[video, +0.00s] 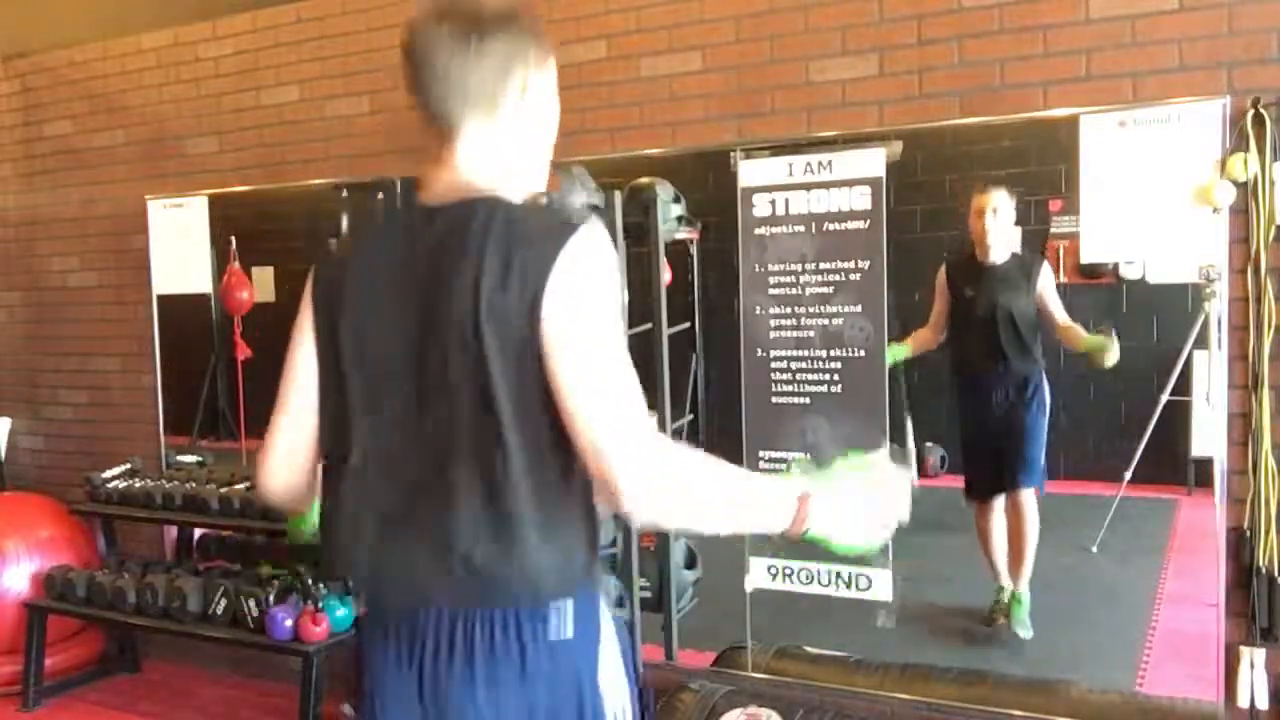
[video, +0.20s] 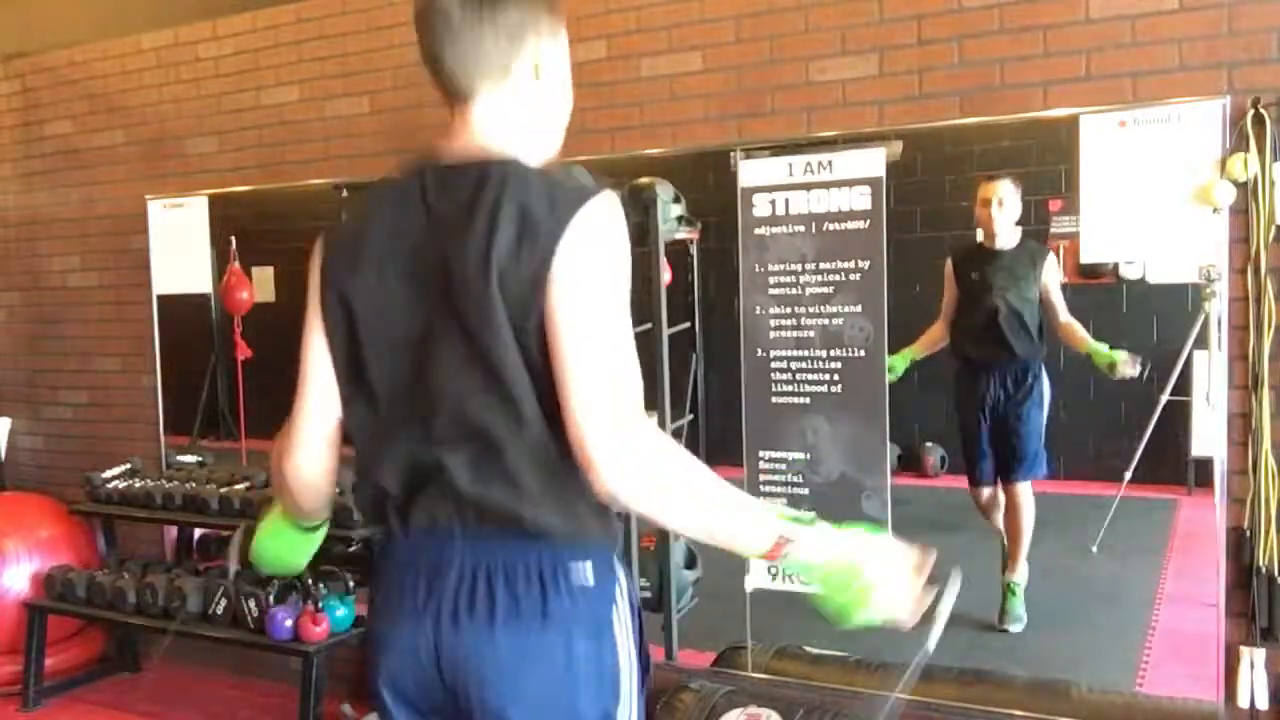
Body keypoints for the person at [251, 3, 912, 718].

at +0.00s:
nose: (557, 118)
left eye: (553, 93)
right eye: (553, 93)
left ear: (424, 105)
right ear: (528, 97)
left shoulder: (339, 270)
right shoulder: (557, 247)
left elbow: (282, 478)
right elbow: (632, 472)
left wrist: (393, 434)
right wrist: (810, 502)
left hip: (396, 637)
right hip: (539, 635)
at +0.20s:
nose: (569, 83)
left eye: (564, 61)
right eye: (565, 60)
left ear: (441, 74)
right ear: (540, 63)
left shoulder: (348, 239)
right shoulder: (571, 212)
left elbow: (303, 471)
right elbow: (613, 448)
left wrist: (302, 511)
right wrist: (802, 544)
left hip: (407, 592)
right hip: (550, 601)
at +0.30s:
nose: (579, 157)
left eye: (572, 136)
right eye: (575, 136)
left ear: (448, 155)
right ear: (555, 144)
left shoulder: (362, 312)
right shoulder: (589, 304)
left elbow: (298, 518)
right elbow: (665, 536)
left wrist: (394, 434)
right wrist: (850, 516)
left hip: (411, 664)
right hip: (558, 668)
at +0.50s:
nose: (581, 61)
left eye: (577, 41)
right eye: (577, 39)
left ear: (454, 52)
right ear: (555, 41)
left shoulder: (354, 212)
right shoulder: (588, 194)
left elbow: (296, 427)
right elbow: (644, 436)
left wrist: (270, 541)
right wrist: (809, 552)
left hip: (381, 578)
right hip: (530, 595)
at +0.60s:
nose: (575, 89)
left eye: (573, 67)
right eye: (572, 66)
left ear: (450, 68)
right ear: (550, 64)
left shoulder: (343, 220)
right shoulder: (580, 212)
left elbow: (291, 446)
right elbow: (627, 451)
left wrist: (274, 521)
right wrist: (801, 551)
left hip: (382, 576)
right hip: (526, 587)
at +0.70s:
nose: (573, 161)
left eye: (569, 142)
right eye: (570, 141)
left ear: (446, 144)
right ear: (550, 140)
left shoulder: (343, 299)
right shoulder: (578, 296)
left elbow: (271, 507)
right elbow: (643, 530)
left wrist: (387, 463)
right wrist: (816, 528)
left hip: (377, 660)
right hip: (529, 665)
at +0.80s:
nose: (569, 154)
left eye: (565, 128)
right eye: (565, 126)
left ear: (443, 129)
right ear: (537, 122)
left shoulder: (335, 282)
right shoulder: (570, 268)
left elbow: (265, 489)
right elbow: (648, 507)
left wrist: (391, 454)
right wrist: (816, 519)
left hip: (363, 654)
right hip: (516, 659)